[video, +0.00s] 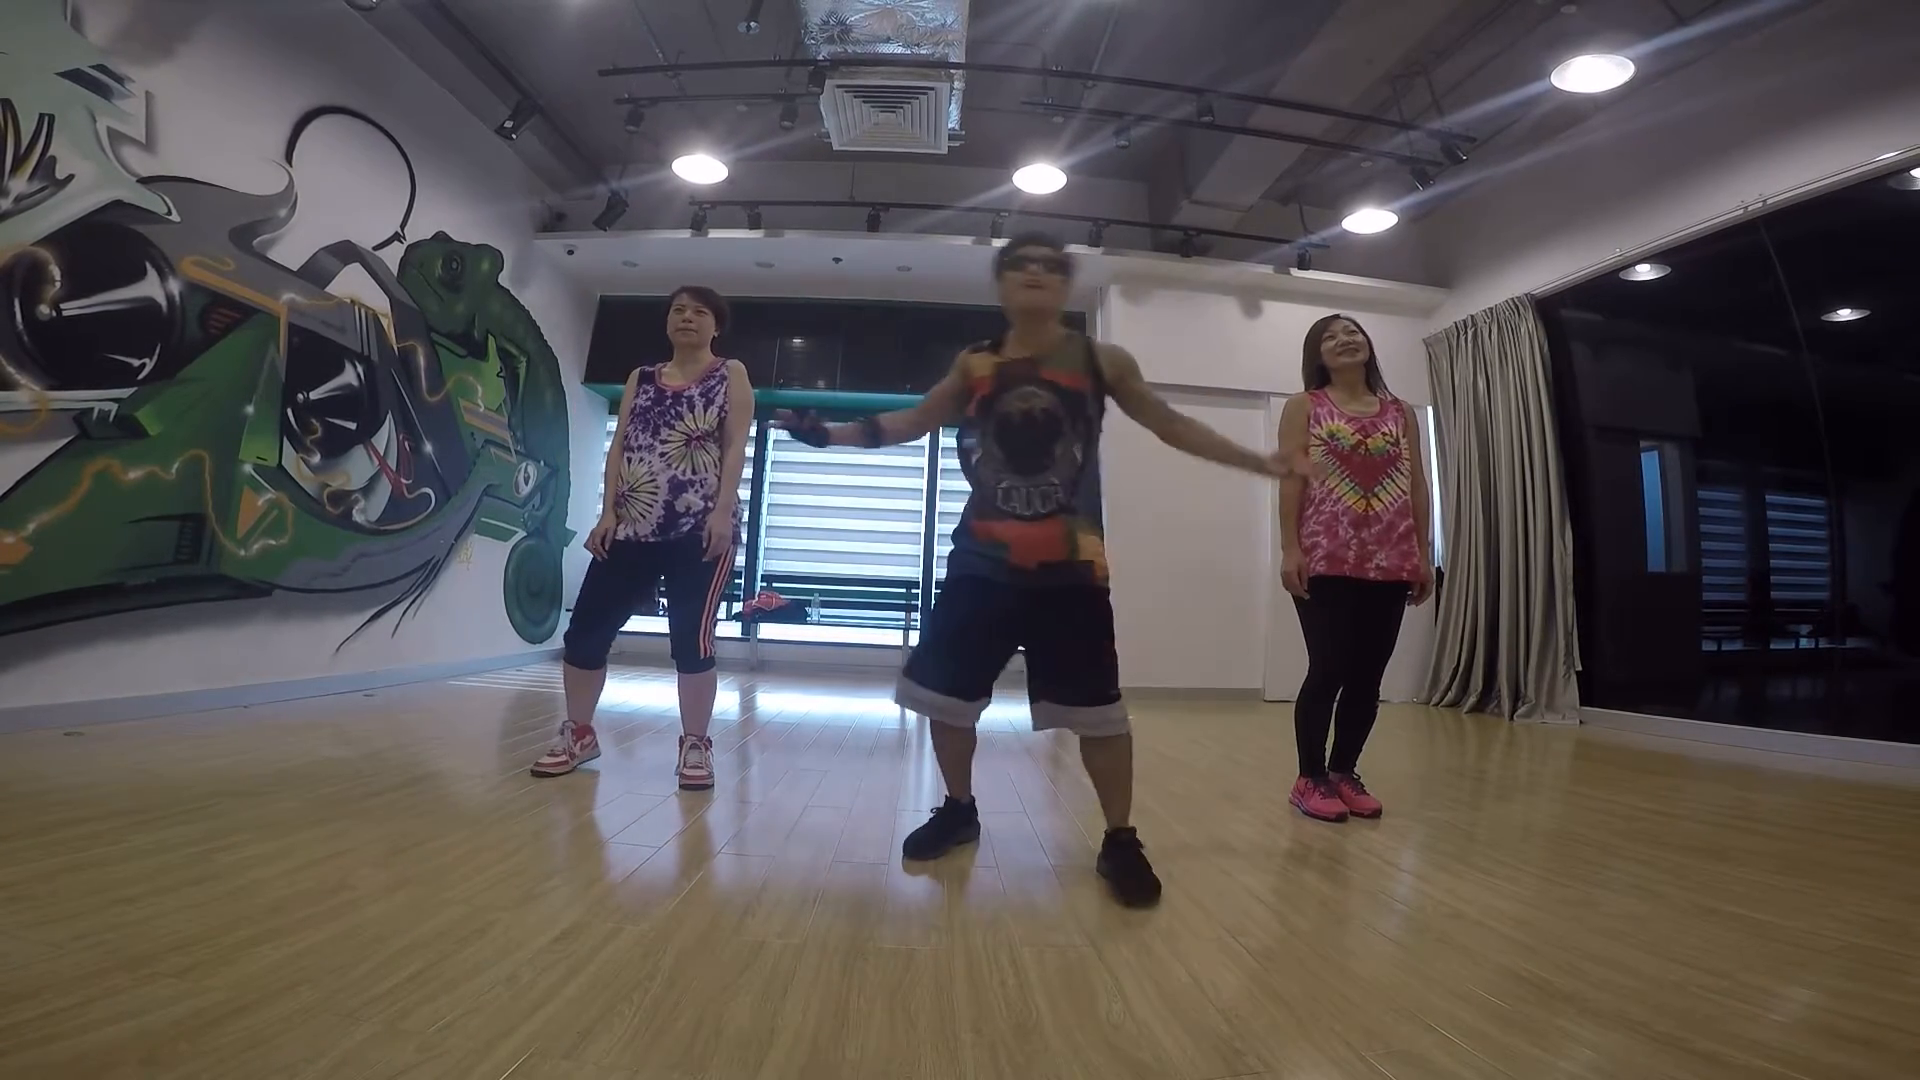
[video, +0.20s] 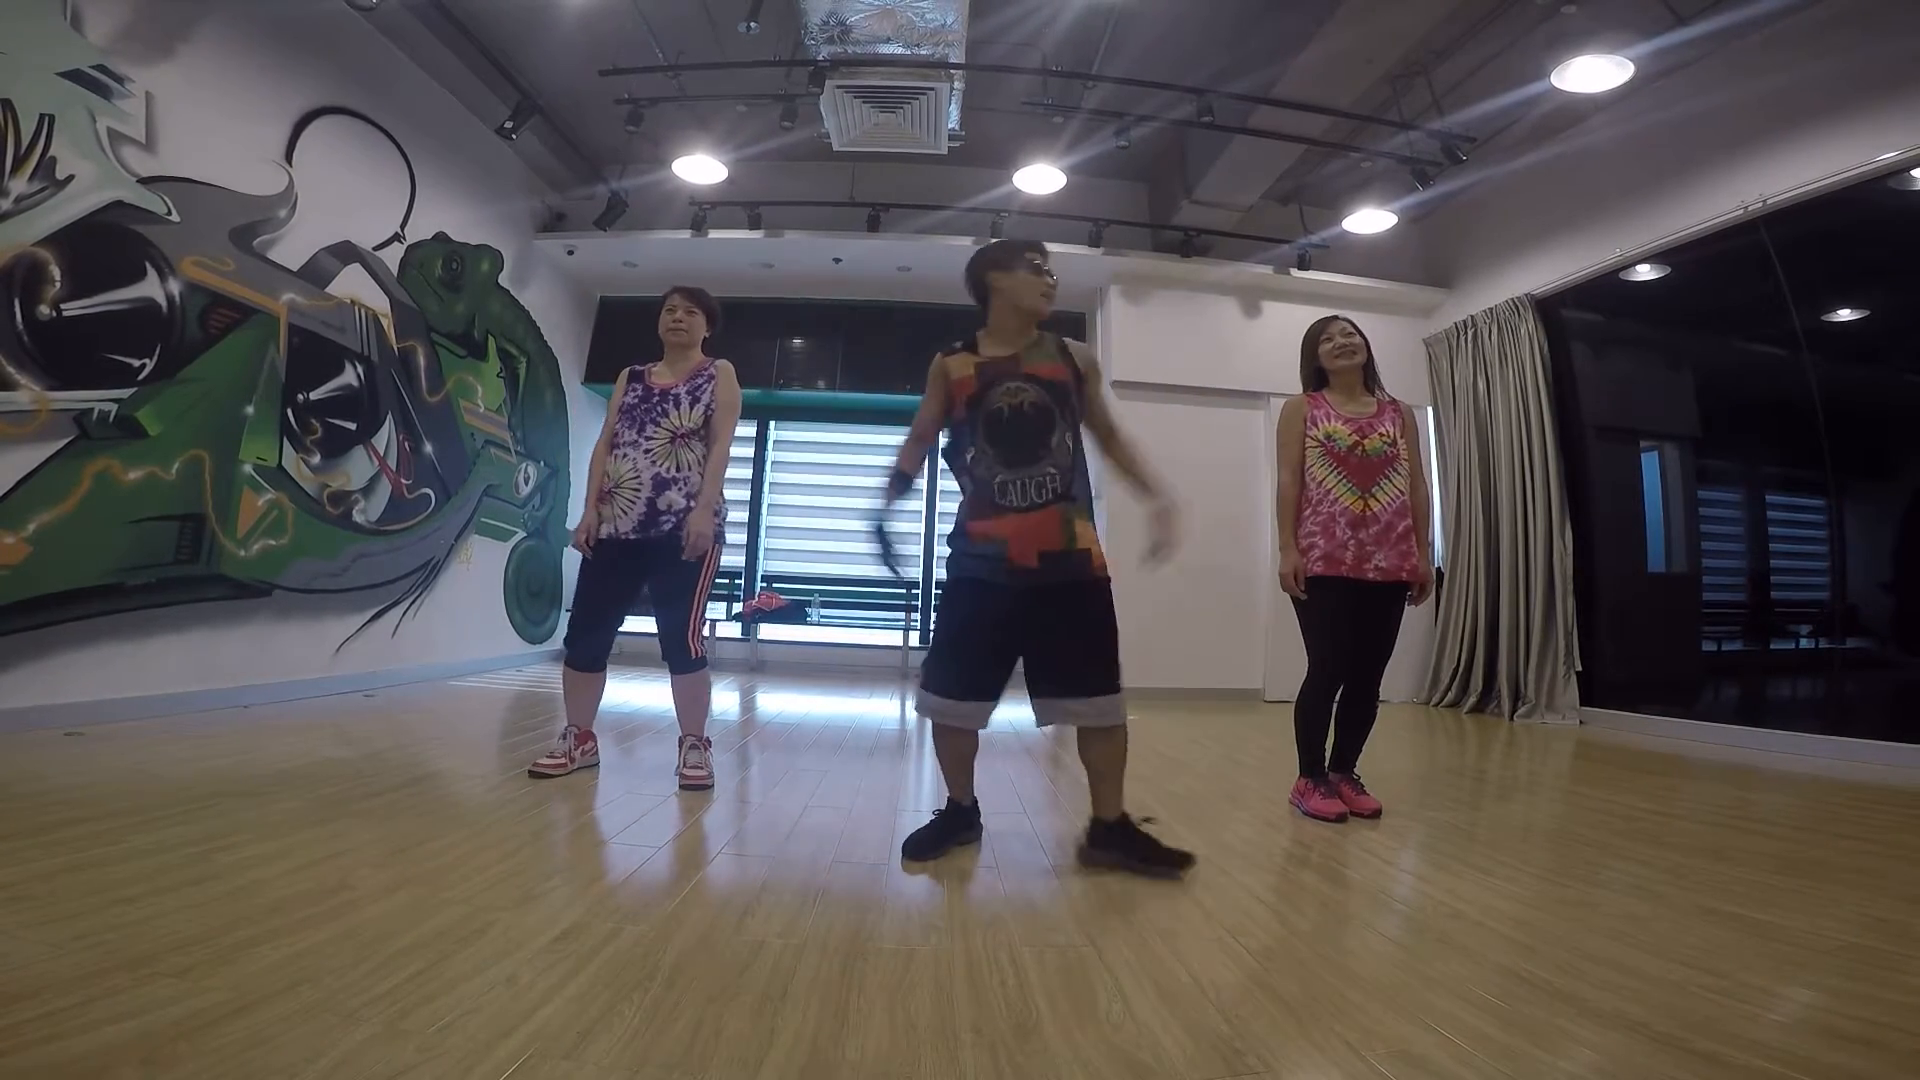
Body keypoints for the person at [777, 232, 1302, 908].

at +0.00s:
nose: (1035, 277)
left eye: (1049, 269)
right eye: (1021, 268)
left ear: (1068, 286)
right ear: (999, 286)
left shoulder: (1101, 361)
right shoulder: (975, 365)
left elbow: (1172, 425)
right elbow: (907, 424)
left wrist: (1262, 462)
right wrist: (830, 433)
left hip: (1070, 568)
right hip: (984, 564)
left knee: (1099, 710)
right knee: (945, 693)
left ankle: (1121, 842)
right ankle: (958, 808)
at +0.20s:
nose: (1050, 278)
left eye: (1050, 270)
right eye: (1034, 267)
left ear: (1043, 289)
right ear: (992, 282)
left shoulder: (1075, 360)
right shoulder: (955, 365)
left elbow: (1109, 436)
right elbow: (919, 442)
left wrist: (1157, 497)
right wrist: (887, 500)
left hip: (1072, 559)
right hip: (984, 561)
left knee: (1100, 695)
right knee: (950, 695)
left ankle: (1110, 826)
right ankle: (960, 811)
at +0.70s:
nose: (1114, 318)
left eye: (1114, 309)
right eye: (1109, 306)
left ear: (1080, 307)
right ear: (1083, 301)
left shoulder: (1088, 386)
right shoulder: (1011, 345)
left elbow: (1084, 470)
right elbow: (964, 422)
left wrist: (1105, 537)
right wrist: (975, 513)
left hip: (1088, 557)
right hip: (1021, 553)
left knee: (1098, 688)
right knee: (992, 684)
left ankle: (1086, 809)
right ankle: (965, 811)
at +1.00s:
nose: (1119, 313)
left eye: (1117, 303)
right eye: (1109, 301)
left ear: (1081, 307)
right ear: (1073, 303)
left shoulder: (1086, 395)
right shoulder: (1013, 349)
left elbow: (1118, 473)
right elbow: (964, 418)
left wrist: (1193, 480)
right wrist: (968, 511)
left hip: (1089, 563)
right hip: (1019, 557)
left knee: (1099, 689)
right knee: (990, 688)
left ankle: (1086, 809)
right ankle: (964, 811)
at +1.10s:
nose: (1084, 298)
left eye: (1094, 291)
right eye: (1070, 288)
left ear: (1103, 312)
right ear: (1041, 303)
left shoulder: (1096, 398)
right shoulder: (1003, 360)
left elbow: (1125, 479)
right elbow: (961, 439)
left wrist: (1210, 501)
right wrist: (948, 504)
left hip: (1086, 562)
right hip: (1009, 557)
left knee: (1099, 691)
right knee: (984, 689)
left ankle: (1086, 810)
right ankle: (965, 810)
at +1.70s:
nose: (935, 333)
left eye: (943, 322)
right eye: (939, 323)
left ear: (968, 329)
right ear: (968, 333)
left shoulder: (1022, 364)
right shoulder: (966, 414)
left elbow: (1086, 399)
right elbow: (907, 464)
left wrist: (1142, 425)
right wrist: (844, 422)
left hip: (1029, 565)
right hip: (957, 568)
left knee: (1060, 699)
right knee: (904, 689)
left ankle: (1098, 810)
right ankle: (940, 804)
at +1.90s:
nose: (969, 313)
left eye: (983, 306)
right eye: (959, 306)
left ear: (1006, 326)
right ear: (947, 330)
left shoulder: (1033, 369)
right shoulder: (955, 414)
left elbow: (1105, 429)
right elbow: (974, 487)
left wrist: (1150, 508)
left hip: (1025, 566)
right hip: (948, 566)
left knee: (1062, 700)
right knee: (899, 690)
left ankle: (1098, 808)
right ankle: (939, 804)